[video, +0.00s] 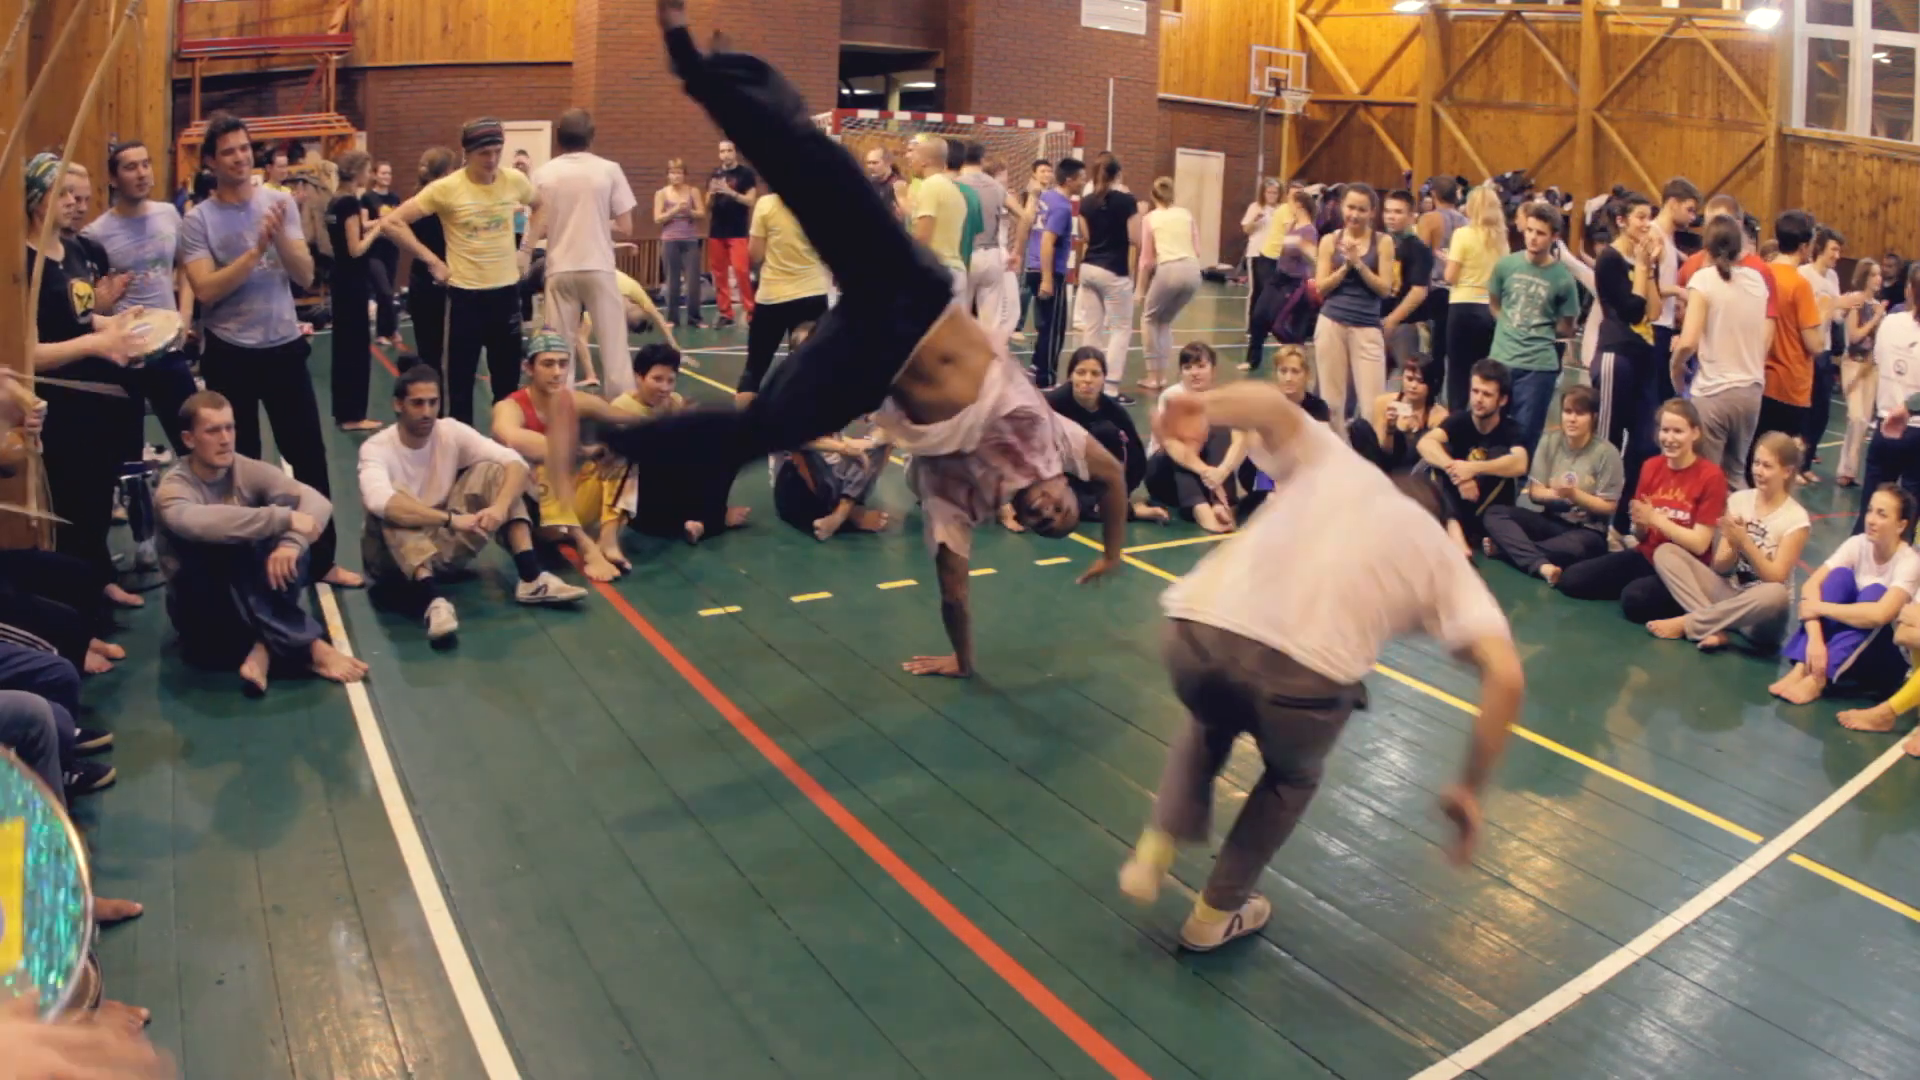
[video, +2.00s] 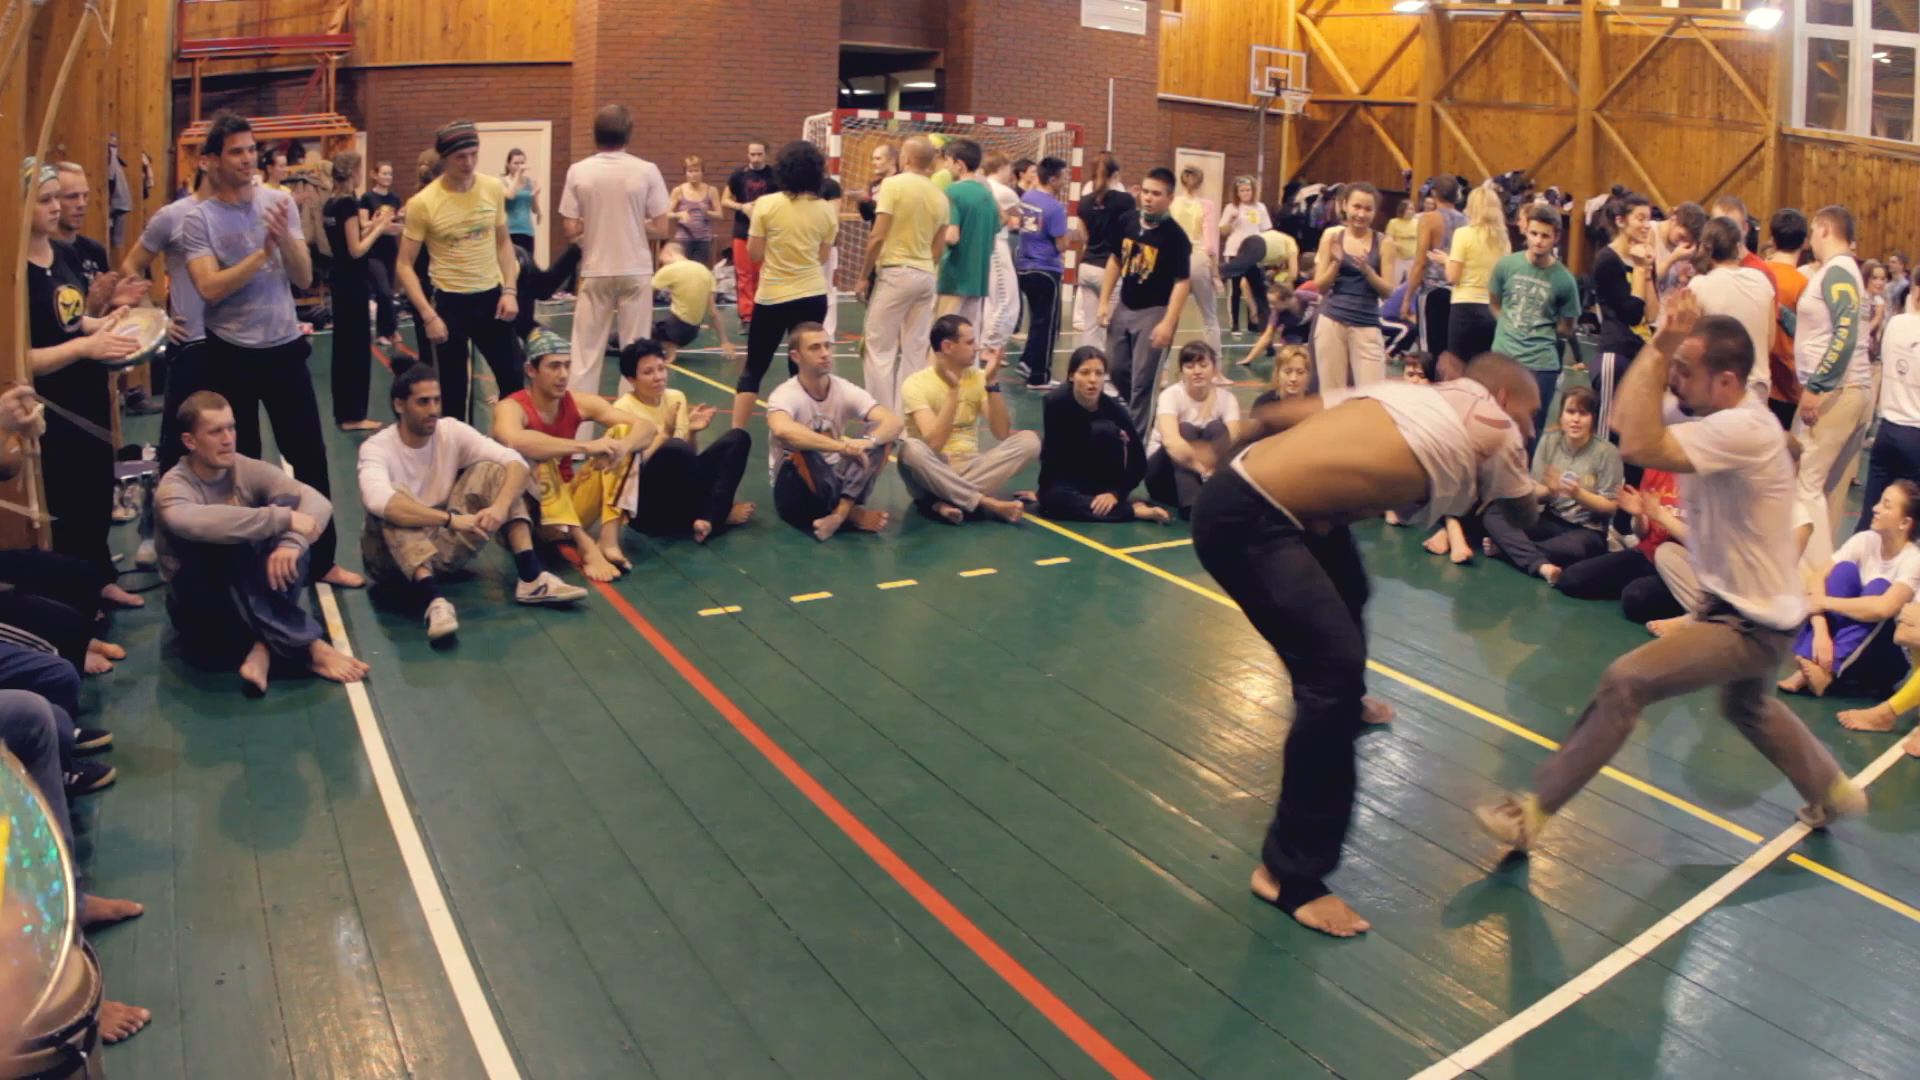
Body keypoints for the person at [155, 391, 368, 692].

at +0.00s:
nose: (225, 439)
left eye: (229, 428)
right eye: (213, 431)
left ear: (236, 430)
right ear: (188, 439)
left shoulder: (245, 469)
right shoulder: (174, 487)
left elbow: (316, 501)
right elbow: (193, 523)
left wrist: (291, 544)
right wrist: (284, 518)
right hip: (208, 617)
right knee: (213, 547)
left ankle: (265, 646)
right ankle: (310, 646)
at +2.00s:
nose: (228, 439)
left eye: (231, 429)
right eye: (216, 432)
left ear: (237, 429)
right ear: (189, 441)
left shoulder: (246, 469)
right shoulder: (174, 487)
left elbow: (317, 501)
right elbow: (188, 523)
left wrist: (292, 543)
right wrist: (283, 518)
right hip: (207, 613)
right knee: (215, 544)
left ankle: (265, 646)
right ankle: (311, 645)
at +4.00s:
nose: (229, 439)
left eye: (231, 428)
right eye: (217, 432)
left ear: (237, 429)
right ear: (190, 439)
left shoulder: (247, 469)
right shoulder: (174, 487)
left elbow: (317, 502)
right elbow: (194, 523)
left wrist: (292, 543)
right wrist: (283, 517)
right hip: (210, 613)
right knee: (215, 545)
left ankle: (265, 646)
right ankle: (310, 645)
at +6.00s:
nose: (227, 439)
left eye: (230, 429)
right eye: (215, 432)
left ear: (236, 429)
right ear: (190, 440)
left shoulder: (247, 469)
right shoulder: (174, 487)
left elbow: (316, 501)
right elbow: (191, 523)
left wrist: (292, 543)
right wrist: (283, 517)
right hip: (211, 617)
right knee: (213, 545)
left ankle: (264, 646)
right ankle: (310, 645)